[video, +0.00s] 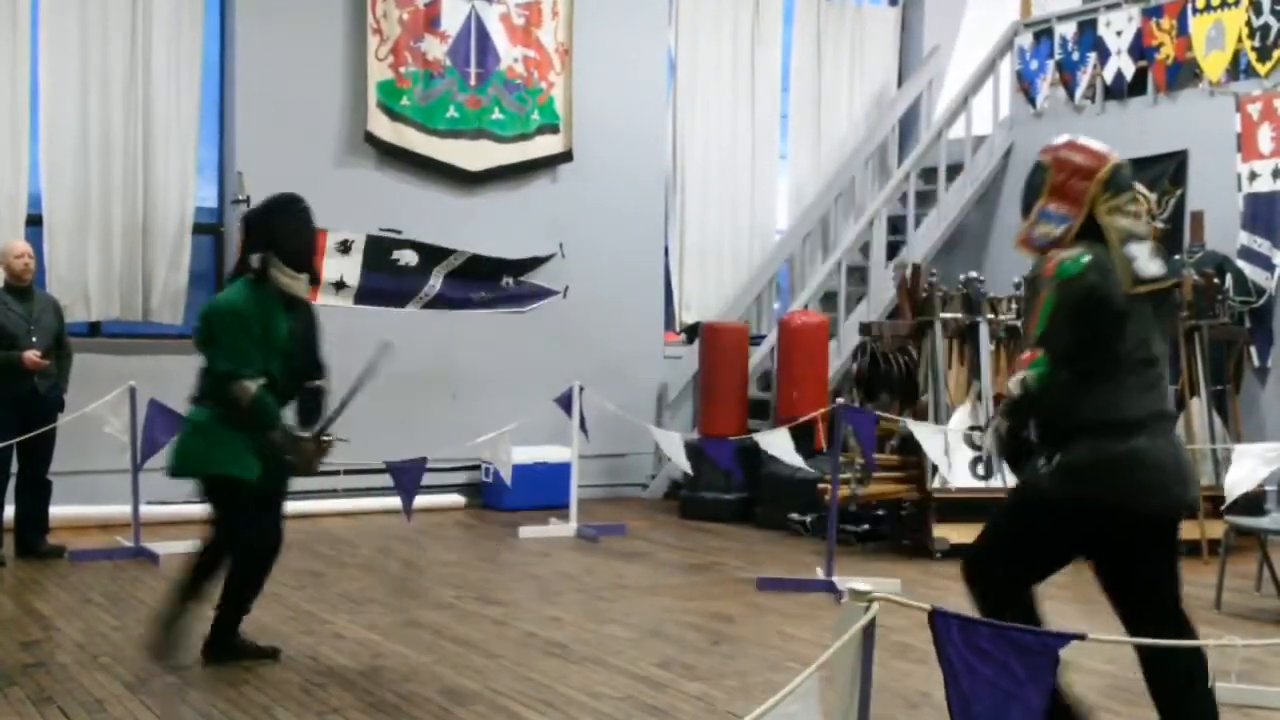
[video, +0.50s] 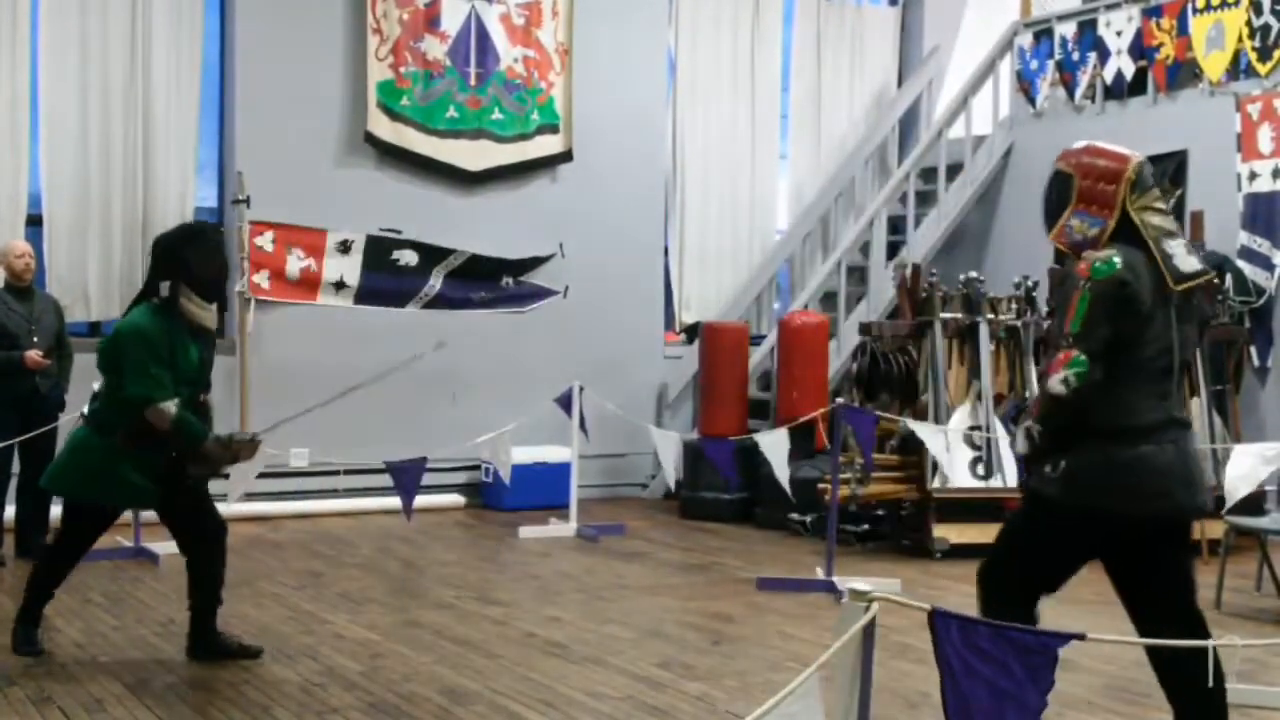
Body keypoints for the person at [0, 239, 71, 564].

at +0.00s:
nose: (27, 261)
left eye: (30, 256)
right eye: (19, 256)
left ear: (36, 262)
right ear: (5, 265)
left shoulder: (49, 304)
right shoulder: (2, 303)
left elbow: (63, 350)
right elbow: (0, 352)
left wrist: (59, 390)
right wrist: (18, 358)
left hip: (40, 403)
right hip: (5, 403)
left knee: (36, 476)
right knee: (1, 475)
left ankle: (32, 541)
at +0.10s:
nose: (27, 261)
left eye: (30, 256)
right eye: (20, 256)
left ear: (36, 262)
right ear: (5, 265)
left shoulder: (49, 304)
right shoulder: (2, 303)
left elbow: (63, 350)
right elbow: (0, 352)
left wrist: (59, 389)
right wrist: (19, 358)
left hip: (40, 402)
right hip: (5, 403)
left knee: (36, 475)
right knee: (2, 475)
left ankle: (31, 540)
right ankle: (1, 544)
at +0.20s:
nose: (27, 261)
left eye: (31, 256)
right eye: (20, 256)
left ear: (36, 263)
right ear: (5, 265)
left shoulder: (49, 304)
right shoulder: (2, 303)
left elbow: (63, 350)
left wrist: (59, 390)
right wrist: (19, 358)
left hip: (41, 403)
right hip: (5, 403)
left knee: (36, 476)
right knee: (2, 475)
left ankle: (31, 540)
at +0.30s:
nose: (27, 261)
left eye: (30, 256)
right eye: (20, 256)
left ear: (36, 262)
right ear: (5, 265)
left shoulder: (49, 304)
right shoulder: (2, 303)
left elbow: (64, 350)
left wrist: (59, 390)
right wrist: (20, 358)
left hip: (41, 403)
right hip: (5, 403)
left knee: (36, 476)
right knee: (2, 475)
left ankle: (31, 541)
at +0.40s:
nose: (28, 261)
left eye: (31, 256)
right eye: (20, 256)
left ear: (36, 263)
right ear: (5, 265)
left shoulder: (49, 304)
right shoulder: (2, 303)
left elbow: (64, 351)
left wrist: (59, 390)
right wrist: (20, 359)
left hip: (41, 404)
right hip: (5, 405)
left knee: (36, 479)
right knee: (1, 478)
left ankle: (31, 547)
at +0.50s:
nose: (28, 261)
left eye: (31, 256)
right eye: (20, 256)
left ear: (36, 263)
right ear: (5, 265)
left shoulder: (49, 304)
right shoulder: (2, 303)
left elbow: (64, 351)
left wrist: (59, 390)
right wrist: (20, 359)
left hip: (41, 404)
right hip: (5, 404)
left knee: (37, 477)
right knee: (2, 476)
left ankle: (31, 544)